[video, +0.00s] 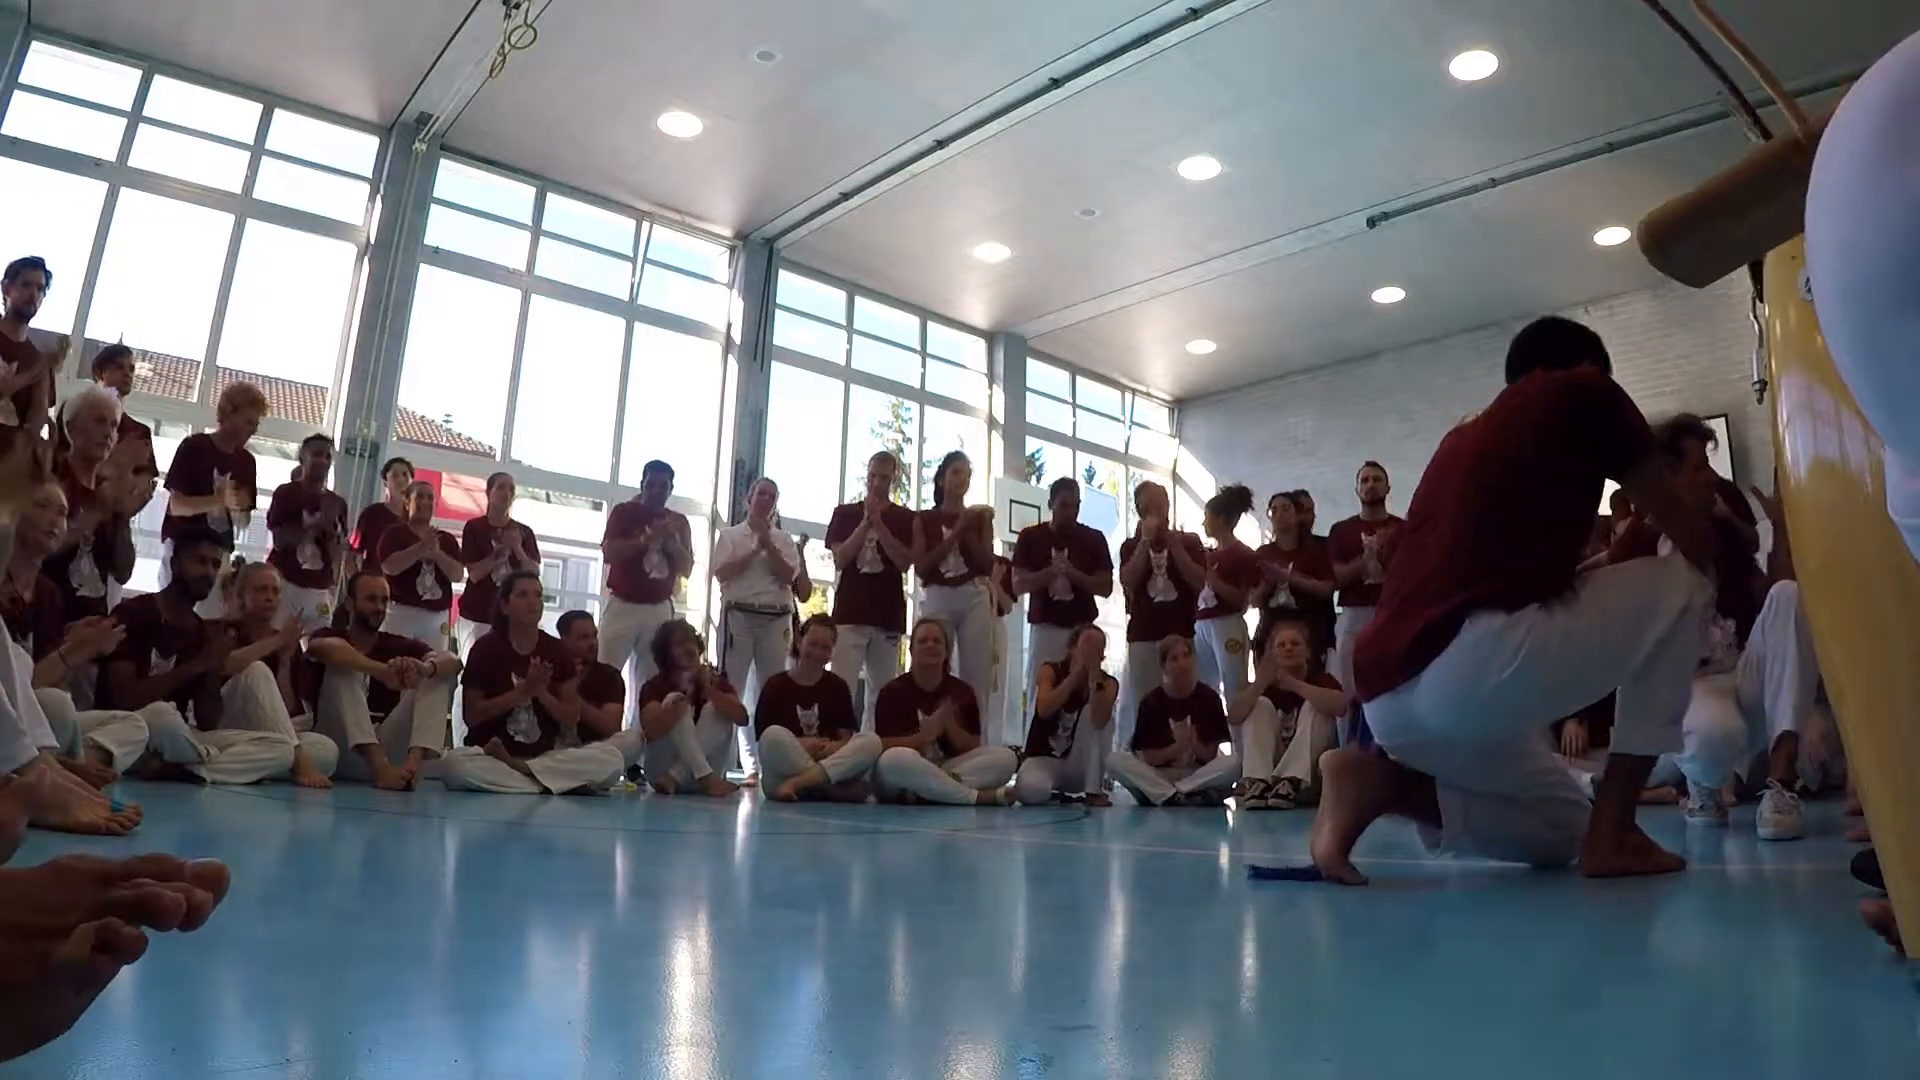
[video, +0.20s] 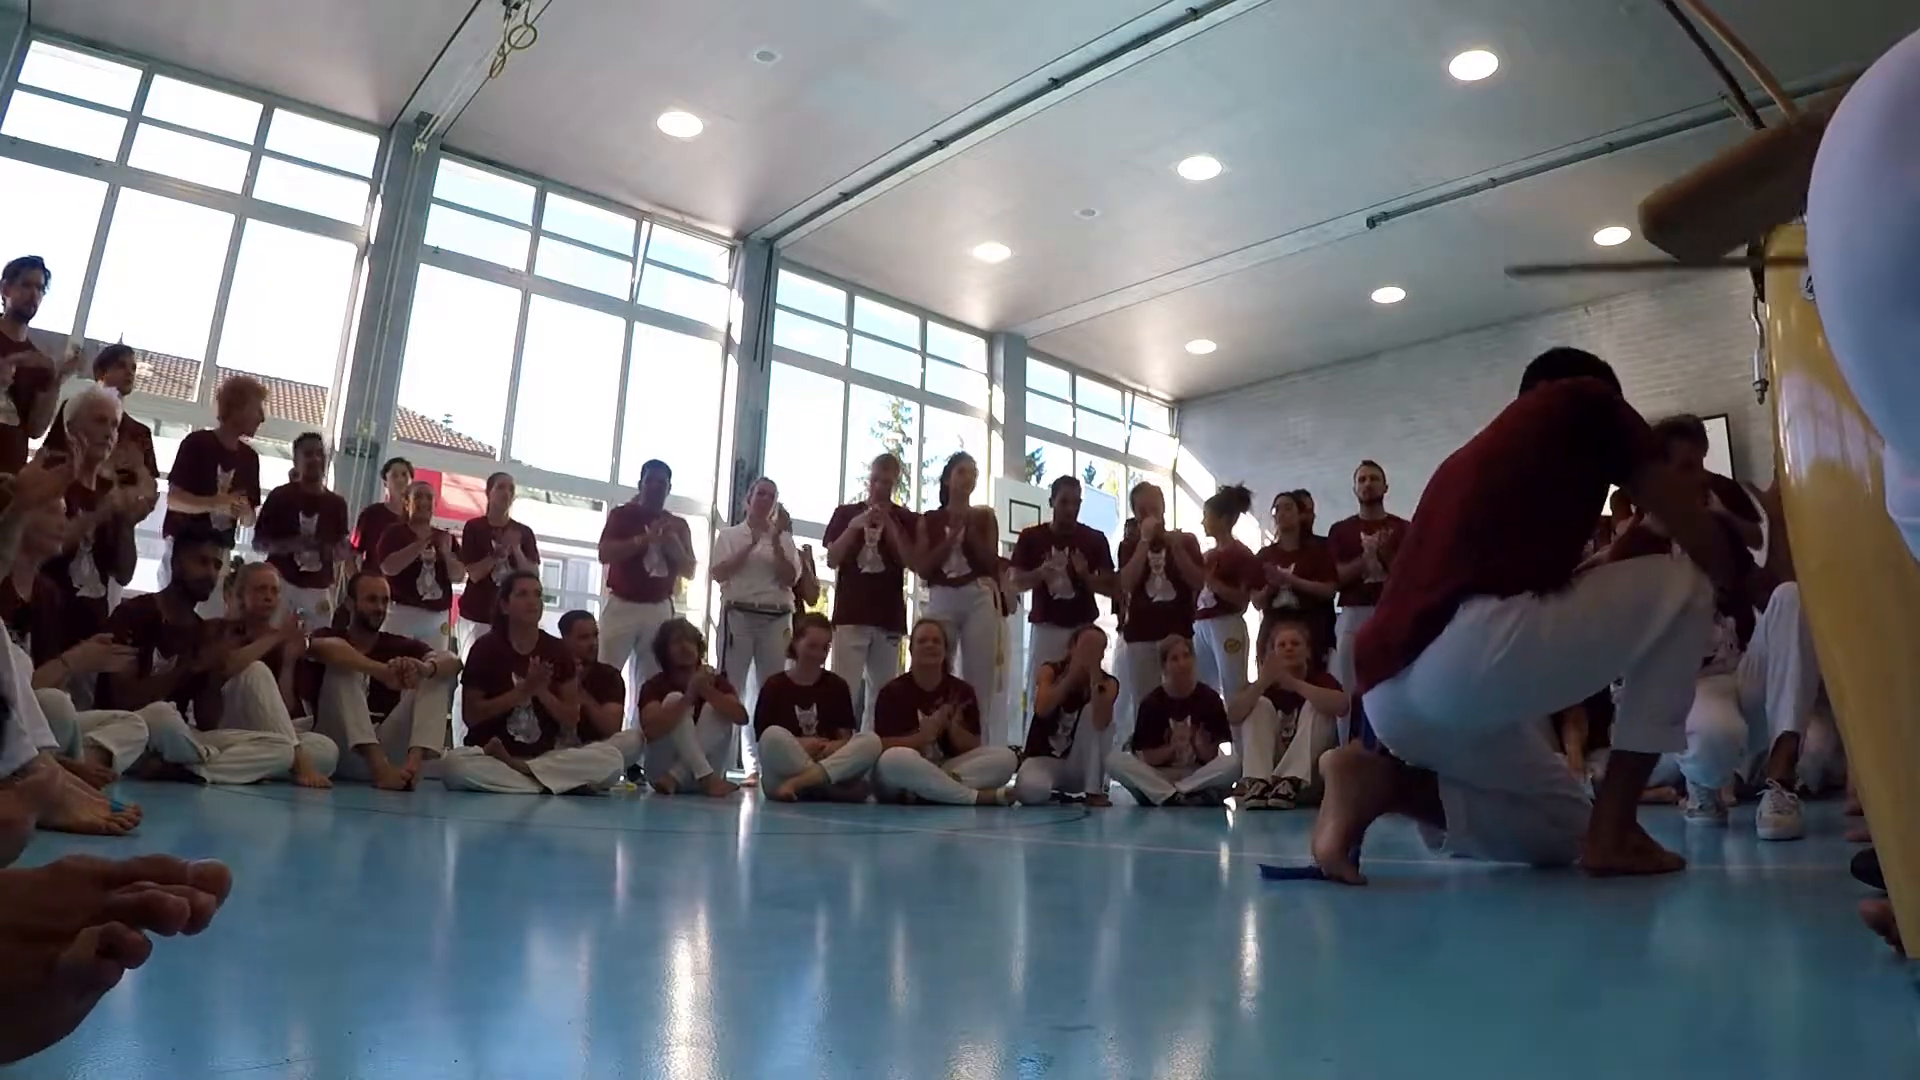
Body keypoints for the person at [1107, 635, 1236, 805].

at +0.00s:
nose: (1182, 664)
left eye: (1186, 656)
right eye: (1174, 659)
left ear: (1194, 660)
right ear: (1164, 667)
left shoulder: (1209, 697)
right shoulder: (1151, 702)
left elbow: (1211, 756)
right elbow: (1147, 757)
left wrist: (1194, 743)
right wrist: (1178, 747)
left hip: (1198, 773)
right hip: (1160, 774)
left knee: (1232, 763)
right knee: (1114, 760)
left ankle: (1178, 791)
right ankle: (1171, 795)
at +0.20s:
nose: (1182, 663)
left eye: (1186, 656)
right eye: (1175, 659)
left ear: (1194, 660)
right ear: (1164, 667)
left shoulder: (1210, 697)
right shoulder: (1151, 702)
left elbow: (1212, 756)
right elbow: (1147, 756)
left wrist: (1202, 747)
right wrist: (1172, 749)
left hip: (1200, 771)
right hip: (1161, 772)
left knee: (1233, 763)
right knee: (1115, 760)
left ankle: (1176, 791)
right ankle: (1171, 795)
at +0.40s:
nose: (1183, 663)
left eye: (1187, 656)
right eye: (1176, 658)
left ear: (1195, 660)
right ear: (1165, 665)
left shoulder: (1210, 698)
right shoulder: (1152, 701)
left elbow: (1212, 755)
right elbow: (1149, 758)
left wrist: (1195, 744)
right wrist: (1176, 747)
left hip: (1199, 772)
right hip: (1159, 773)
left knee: (1232, 763)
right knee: (1114, 760)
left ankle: (1177, 791)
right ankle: (1171, 795)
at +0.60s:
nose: (1184, 662)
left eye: (1188, 655)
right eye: (1177, 658)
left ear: (1195, 659)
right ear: (1166, 665)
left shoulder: (1211, 698)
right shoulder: (1152, 701)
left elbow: (1213, 758)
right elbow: (1147, 757)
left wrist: (1204, 747)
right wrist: (1170, 746)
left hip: (1200, 771)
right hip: (1160, 773)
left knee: (1232, 762)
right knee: (1114, 760)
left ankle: (1177, 792)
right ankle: (1172, 795)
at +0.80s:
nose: (1186, 662)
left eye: (1190, 655)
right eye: (1179, 657)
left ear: (1196, 659)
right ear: (1167, 664)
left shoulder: (1211, 698)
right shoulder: (1152, 701)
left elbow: (1212, 754)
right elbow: (1148, 758)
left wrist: (1195, 743)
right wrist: (1177, 747)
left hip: (1200, 772)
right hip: (1160, 773)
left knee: (1233, 762)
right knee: (1114, 760)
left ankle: (1174, 792)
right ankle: (1171, 796)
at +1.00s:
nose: (1187, 662)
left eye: (1191, 655)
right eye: (1180, 657)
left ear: (1198, 659)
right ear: (1168, 664)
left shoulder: (1212, 697)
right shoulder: (1152, 700)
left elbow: (1214, 755)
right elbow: (1147, 758)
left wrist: (1208, 748)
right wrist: (1167, 745)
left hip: (1199, 772)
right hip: (1160, 773)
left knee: (1232, 762)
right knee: (1114, 759)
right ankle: (1172, 795)